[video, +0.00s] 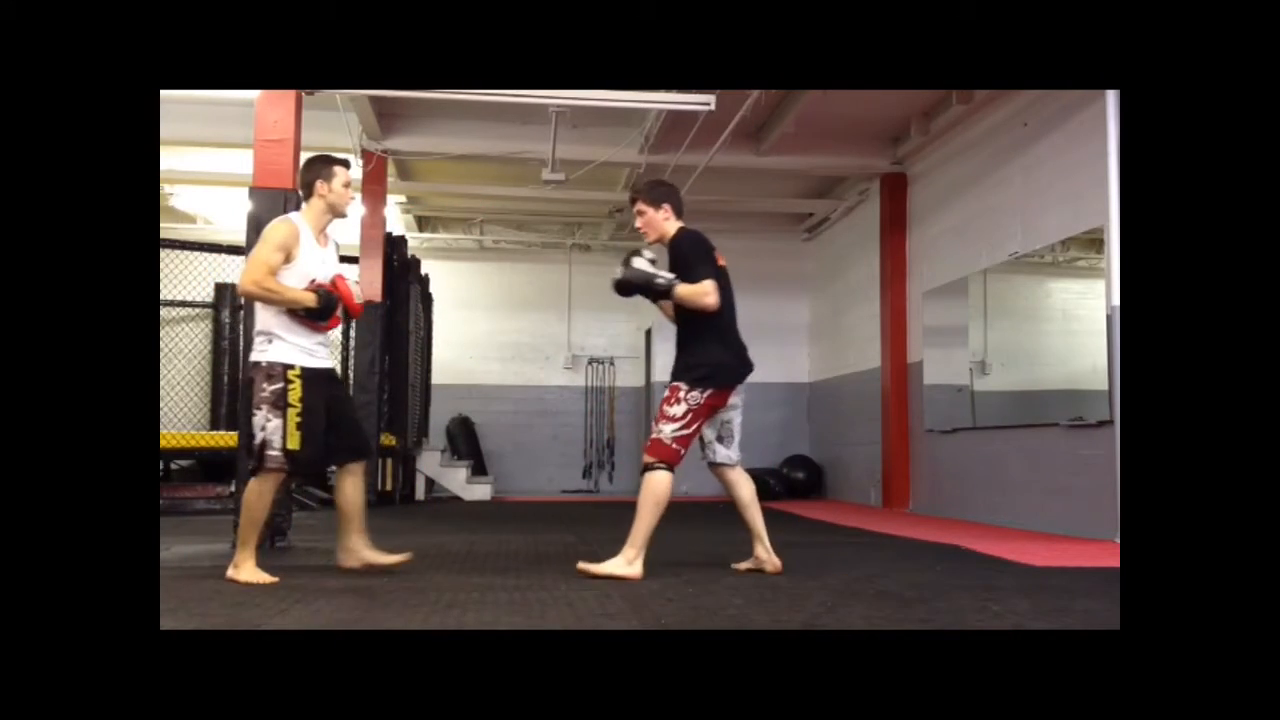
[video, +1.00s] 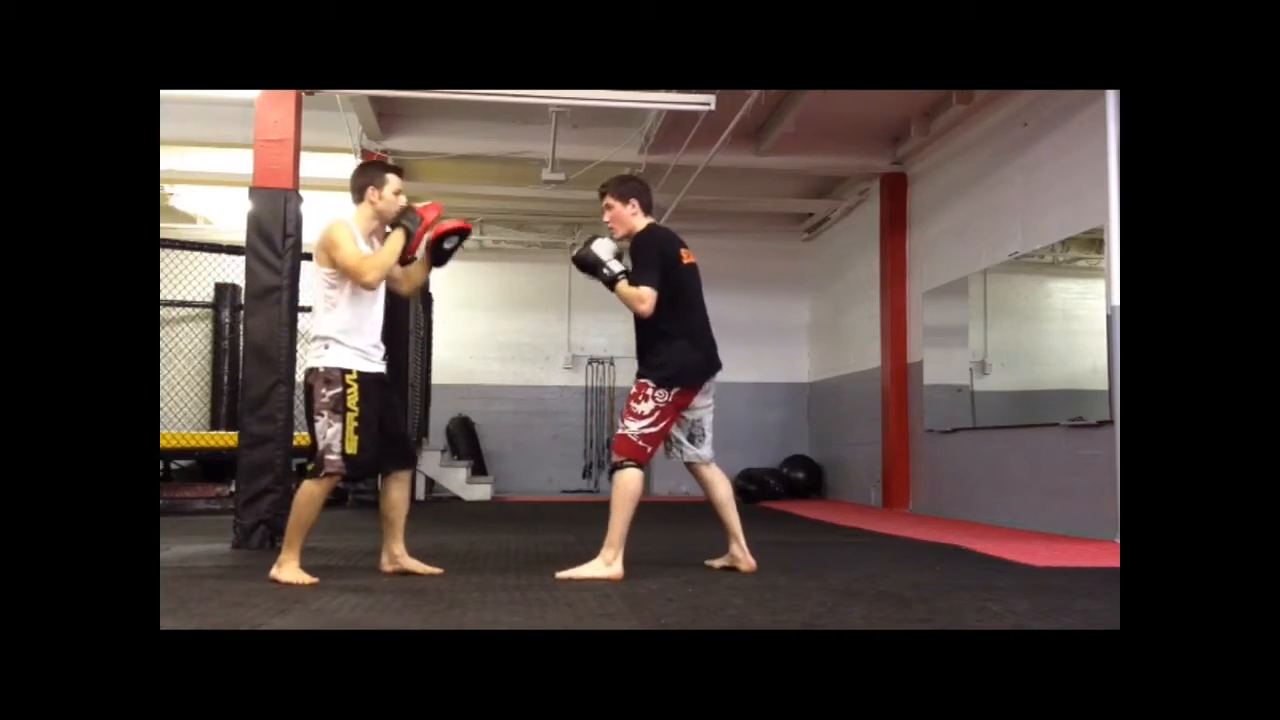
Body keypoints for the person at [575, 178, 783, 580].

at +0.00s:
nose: (638, 225)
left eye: (642, 215)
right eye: (635, 217)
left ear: (666, 211)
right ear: (665, 214)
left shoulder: (686, 242)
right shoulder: (685, 249)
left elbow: (709, 297)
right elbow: (679, 315)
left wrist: (661, 285)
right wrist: (652, 285)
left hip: (702, 369)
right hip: (726, 368)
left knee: (659, 457)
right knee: (725, 460)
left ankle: (631, 557)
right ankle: (764, 551)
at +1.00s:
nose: (606, 218)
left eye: (610, 209)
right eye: (604, 210)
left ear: (633, 206)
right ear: (638, 209)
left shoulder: (647, 241)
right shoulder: (667, 240)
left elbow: (644, 303)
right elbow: (652, 299)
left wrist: (609, 272)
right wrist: (616, 268)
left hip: (669, 367)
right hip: (698, 364)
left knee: (627, 453)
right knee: (699, 457)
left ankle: (610, 558)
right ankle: (739, 549)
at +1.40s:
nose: (605, 221)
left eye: (608, 212)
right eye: (604, 213)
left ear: (630, 208)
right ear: (644, 208)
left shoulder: (624, 241)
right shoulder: (677, 236)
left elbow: (571, 271)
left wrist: (542, 247)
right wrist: (601, 248)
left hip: (660, 360)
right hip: (701, 357)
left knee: (613, 450)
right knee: (707, 457)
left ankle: (593, 549)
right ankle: (739, 550)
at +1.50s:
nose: (593, 224)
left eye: (595, 216)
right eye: (593, 217)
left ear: (618, 211)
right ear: (631, 212)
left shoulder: (614, 239)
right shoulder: (669, 237)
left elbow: (546, 256)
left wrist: (502, 231)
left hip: (656, 365)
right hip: (693, 362)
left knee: (610, 453)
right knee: (695, 459)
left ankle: (593, 556)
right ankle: (736, 549)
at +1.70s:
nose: (578, 258)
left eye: (584, 248)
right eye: (575, 250)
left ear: (609, 239)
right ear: (576, 247)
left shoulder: (649, 267)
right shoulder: (587, 273)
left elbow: (663, 336)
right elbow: (563, 322)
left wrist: (604, 321)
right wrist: (556, 284)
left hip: (661, 383)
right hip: (630, 382)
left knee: (591, 452)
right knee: (651, 479)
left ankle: (588, 563)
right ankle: (733, 537)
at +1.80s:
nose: (563, 272)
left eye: (567, 263)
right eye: (559, 265)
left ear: (592, 255)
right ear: (581, 256)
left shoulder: (638, 277)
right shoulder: (572, 284)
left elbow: (677, 340)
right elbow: (539, 326)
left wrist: (631, 357)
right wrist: (544, 281)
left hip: (652, 386)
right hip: (621, 387)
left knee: (578, 454)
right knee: (654, 479)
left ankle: (587, 563)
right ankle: (732, 537)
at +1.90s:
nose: (544, 256)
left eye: (546, 247)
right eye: (542, 249)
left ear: (570, 240)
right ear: (573, 238)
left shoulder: (618, 266)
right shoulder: (581, 266)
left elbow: (645, 337)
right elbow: (560, 307)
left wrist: (592, 365)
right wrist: (555, 274)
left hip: (633, 376)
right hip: (639, 376)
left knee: (570, 456)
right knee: (650, 463)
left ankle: (586, 561)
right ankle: (719, 531)